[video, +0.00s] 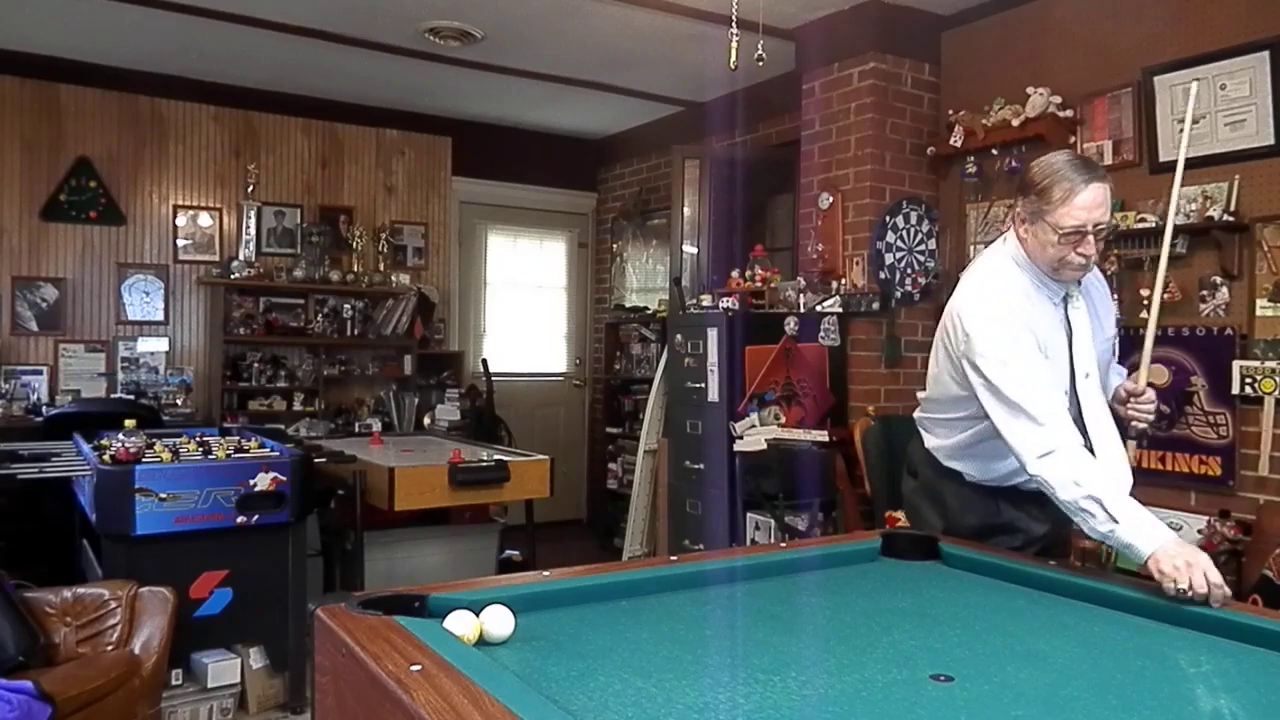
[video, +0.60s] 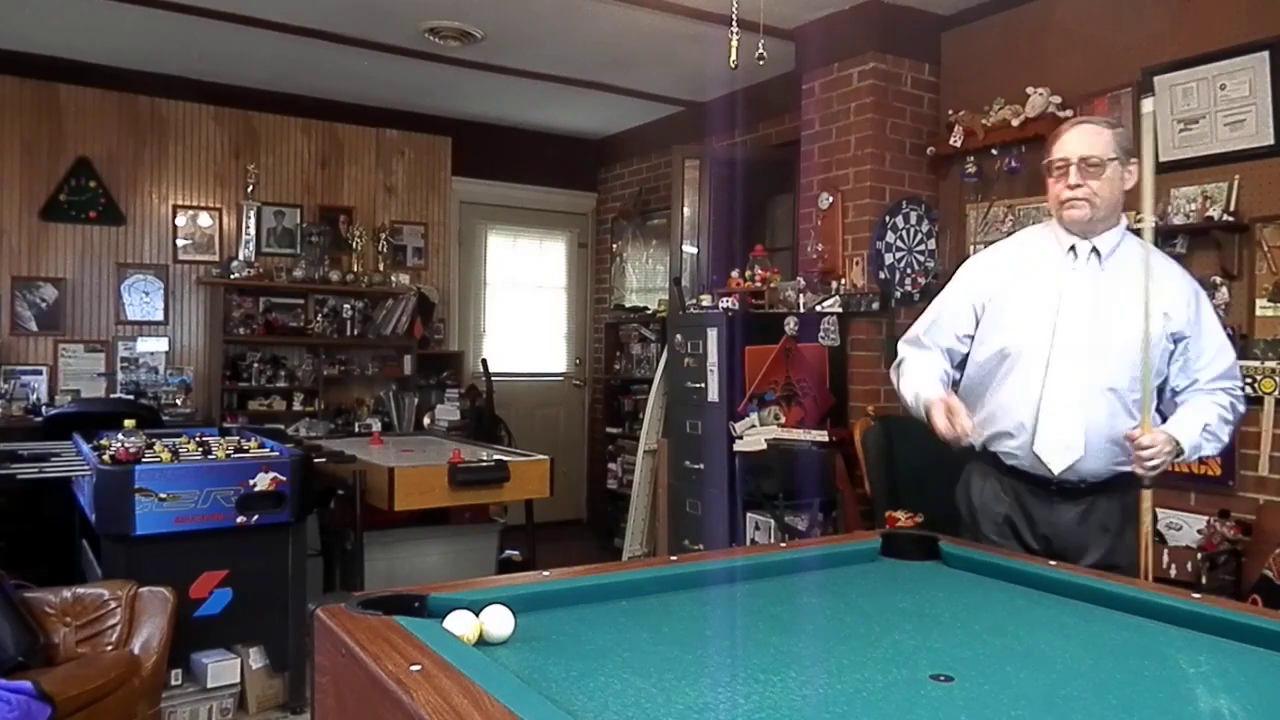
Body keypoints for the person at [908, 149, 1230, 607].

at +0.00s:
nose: (1089, 250)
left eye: (1099, 231)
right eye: (1071, 233)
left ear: (1107, 221)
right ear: (1022, 223)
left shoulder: (1085, 277)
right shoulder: (989, 306)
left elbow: (1099, 363)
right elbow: (1049, 452)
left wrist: (1121, 392)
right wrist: (1156, 544)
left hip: (1045, 501)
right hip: (967, 505)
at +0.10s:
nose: (1088, 239)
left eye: (1098, 220)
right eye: (1069, 222)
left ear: (1108, 213)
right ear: (1023, 217)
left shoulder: (1094, 277)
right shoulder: (989, 298)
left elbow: (1110, 359)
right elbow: (1030, 451)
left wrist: (1129, 393)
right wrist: (1140, 527)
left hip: (1057, 493)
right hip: (975, 500)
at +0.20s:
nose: (1086, 226)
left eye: (1097, 208)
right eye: (1066, 210)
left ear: (1107, 203)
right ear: (1021, 210)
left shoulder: (1102, 272)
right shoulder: (986, 290)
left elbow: (1123, 357)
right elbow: (988, 440)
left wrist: (1141, 398)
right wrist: (1102, 509)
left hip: (1076, 493)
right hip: (985, 498)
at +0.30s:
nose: (1079, 213)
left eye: (1090, 194)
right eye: (1059, 198)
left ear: (1103, 193)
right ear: (1021, 202)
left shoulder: (1114, 271)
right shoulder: (982, 284)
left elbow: (1142, 356)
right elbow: (959, 430)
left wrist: (1154, 403)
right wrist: (1054, 504)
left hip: (1085, 501)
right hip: (991, 505)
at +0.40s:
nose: (1068, 199)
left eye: (1083, 182)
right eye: (1049, 186)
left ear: (1105, 185)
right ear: (1021, 192)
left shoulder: (1127, 274)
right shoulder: (978, 281)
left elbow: (1160, 360)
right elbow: (934, 408)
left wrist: (1165, 408)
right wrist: (1005, 486)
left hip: (1101, 506)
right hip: (994, 512)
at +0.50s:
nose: (1062, 188)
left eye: (1079, 172)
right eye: (1046, 176)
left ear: (1111, 178)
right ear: (1030, 188)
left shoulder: (1150, 281)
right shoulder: (984, 271)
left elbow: (1192, 373)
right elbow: (919, 380)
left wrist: (1182, 425)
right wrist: (962, 450)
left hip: (1109, 512)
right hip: (998, 507)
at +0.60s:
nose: (1072, 181)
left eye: (1091, 166)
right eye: (1058, 169)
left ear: (1128, 175)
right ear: (1045, 183)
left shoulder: (1168, 286)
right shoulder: (995, 266)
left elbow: (1217, 389)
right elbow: (921, 351)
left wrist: (1175, 438)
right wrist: (934, 397)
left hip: (1104, 512)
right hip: (996, 501)